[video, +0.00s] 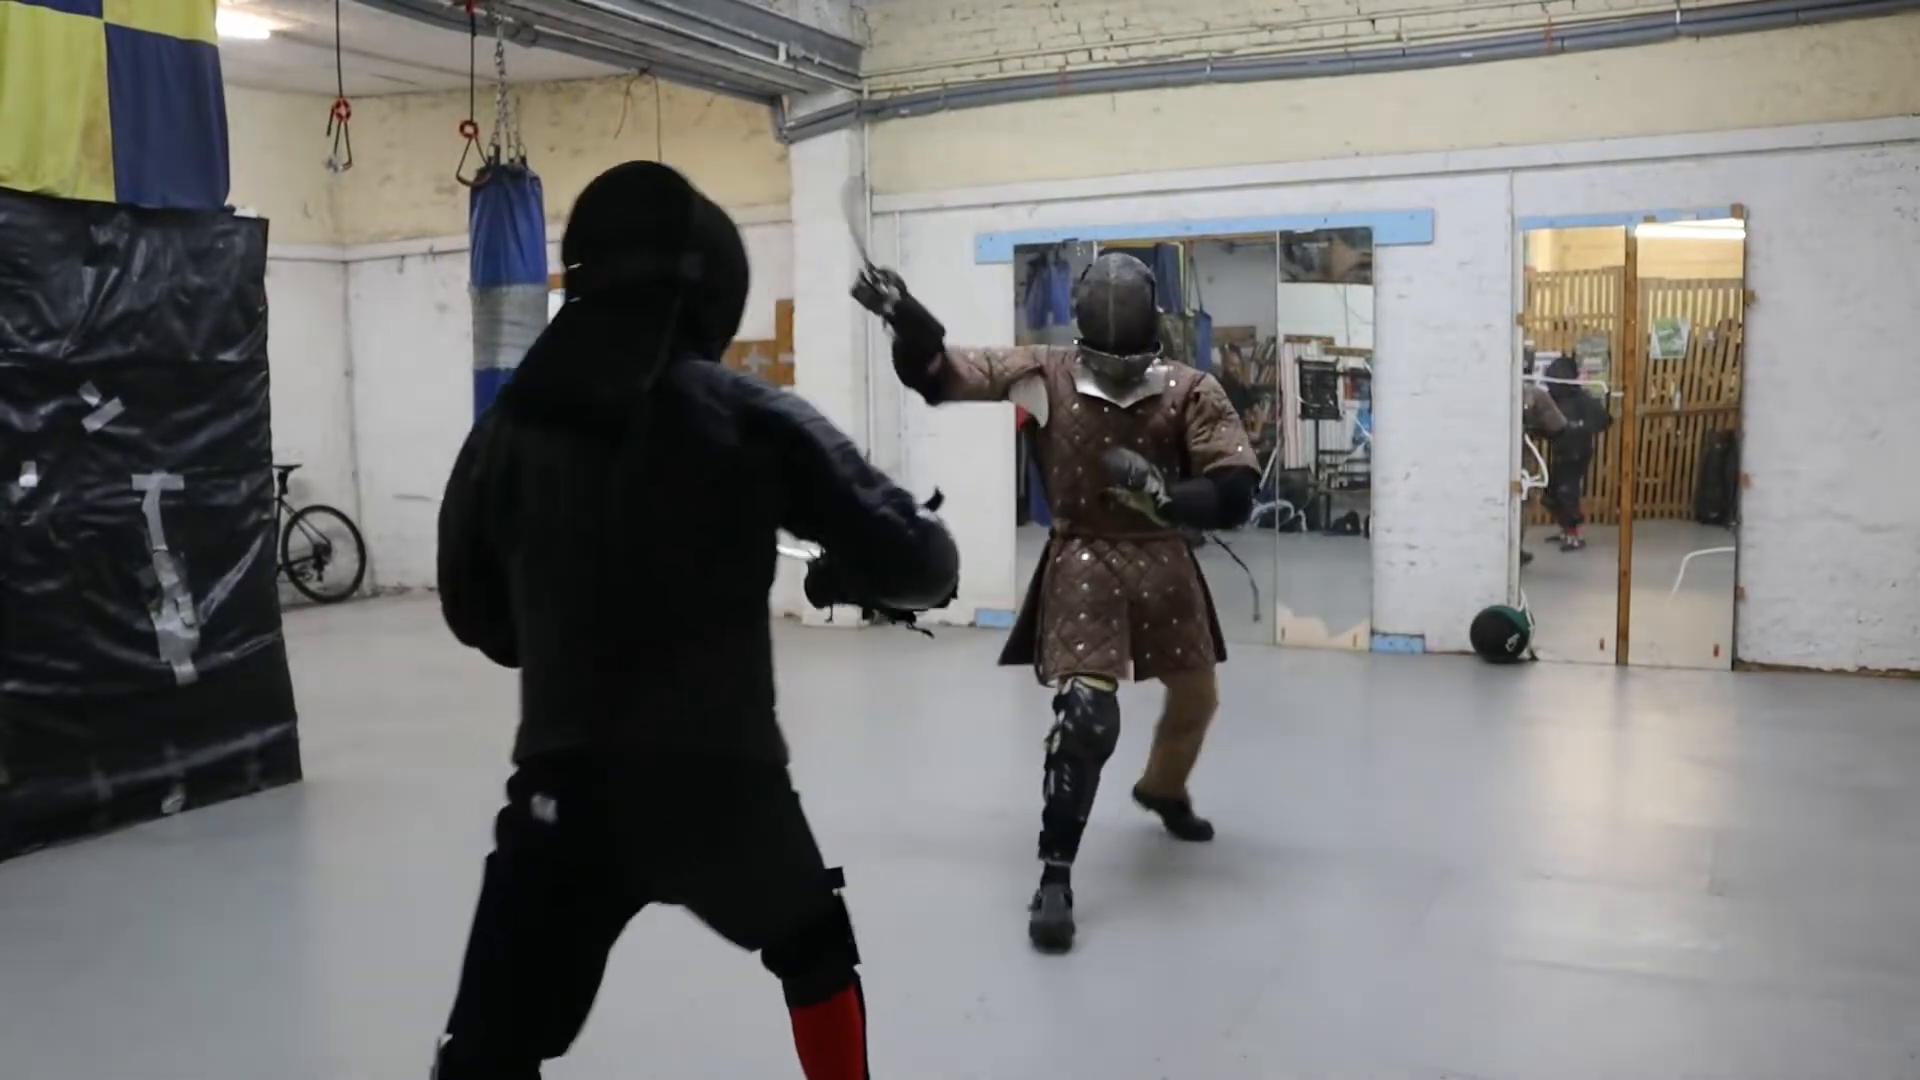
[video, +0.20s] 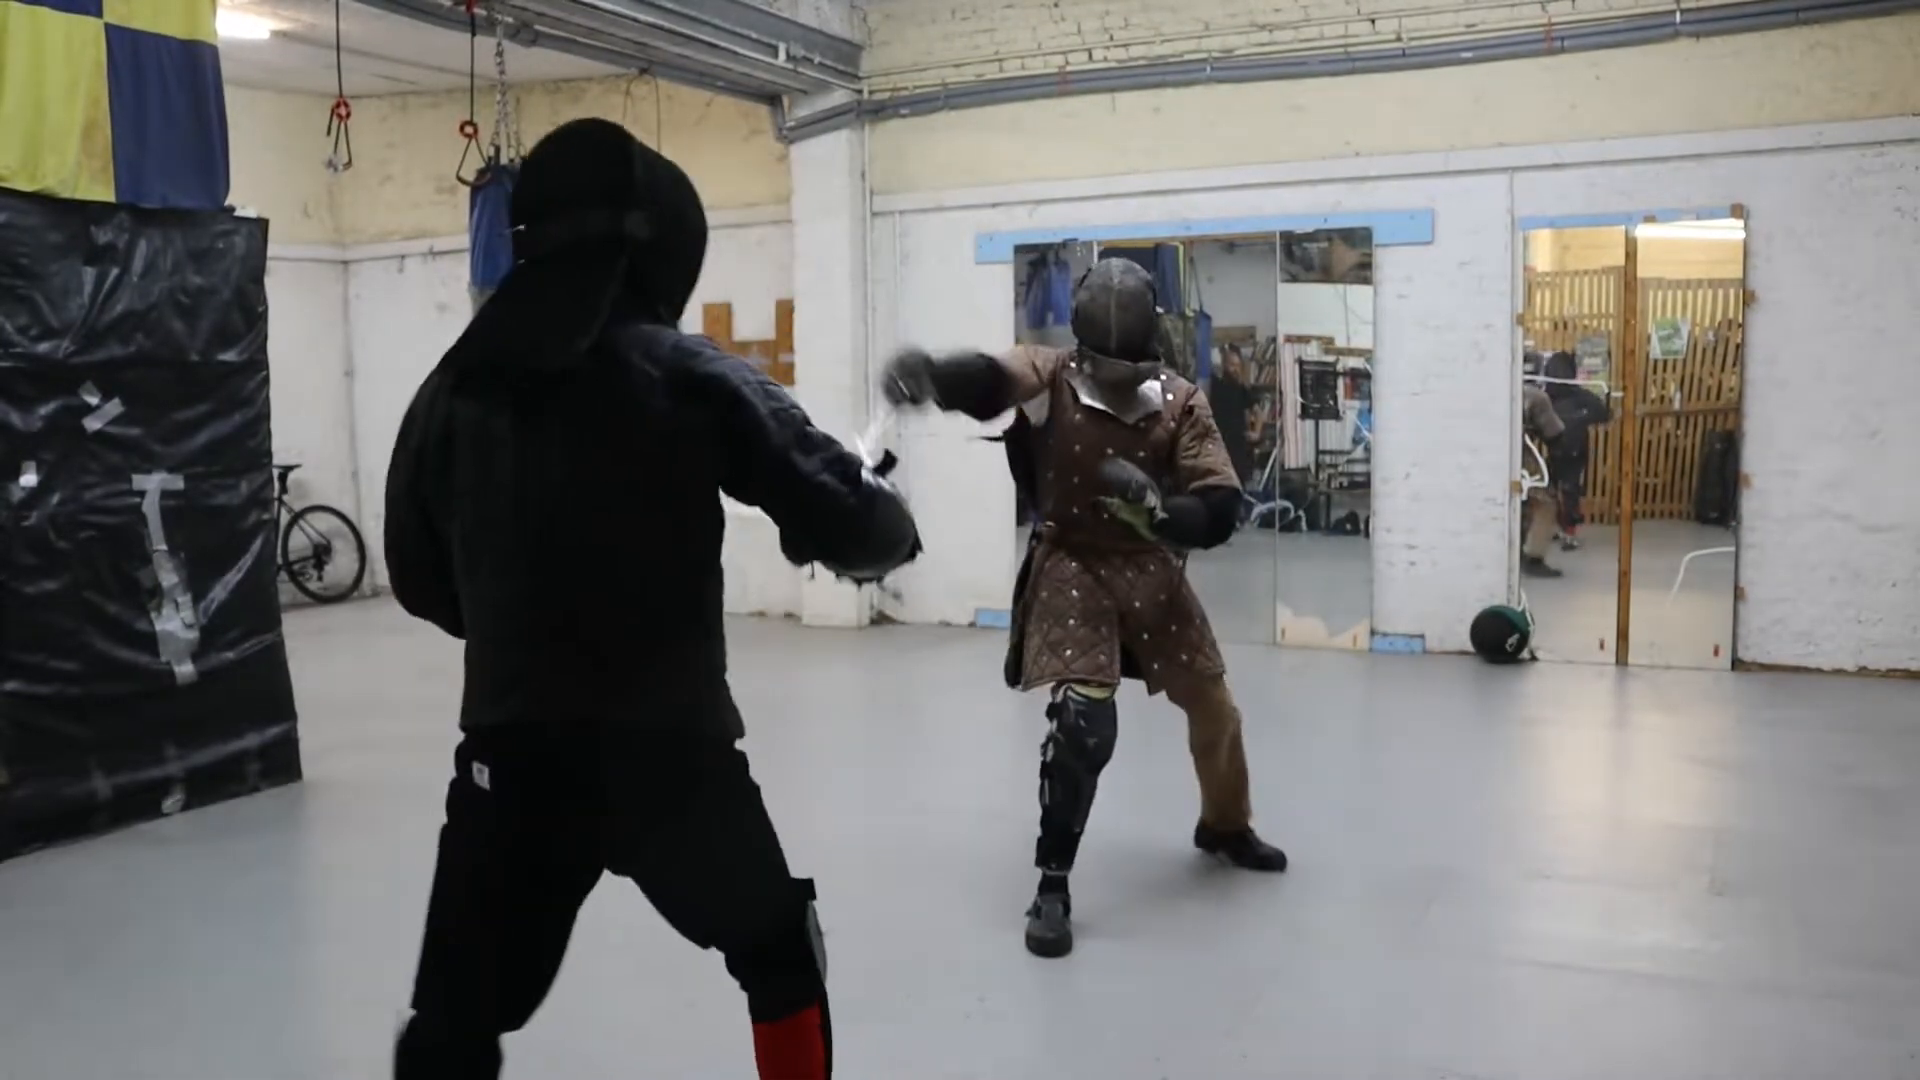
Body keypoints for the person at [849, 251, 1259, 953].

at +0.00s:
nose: (1115, 366)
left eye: (1129, 353)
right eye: (1103, 351)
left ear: (1153, 333)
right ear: (1082, 332)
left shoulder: (1190, 391)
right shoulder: (1044, 373)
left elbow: (1237, 490)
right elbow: (939, 374)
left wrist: (1166, 493)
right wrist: (907, 318)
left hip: (1164, 557)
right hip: (1082, 557)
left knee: (1196, 695)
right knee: (1087, 719)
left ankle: (1164, 787)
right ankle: (1056, 877)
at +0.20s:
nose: (1113, 375)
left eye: (1127, 362)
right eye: (1100, 360)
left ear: (1150, 343)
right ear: (1080, 340)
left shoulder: (1181, 402)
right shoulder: (1051, 372)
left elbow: (1222, 505)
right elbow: (994, 380)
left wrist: (1160, 508)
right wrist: (935, 379)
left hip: (1151, 569)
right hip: (1071, 568)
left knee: (1216, 711)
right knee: (1084, 728)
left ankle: (1226, 828)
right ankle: (1052, 885)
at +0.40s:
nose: (1121, 370)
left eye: (1135, 355)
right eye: (1106, 355)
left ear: (1156, 336)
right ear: (1084, 336)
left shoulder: (1189, 392)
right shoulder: (1052, 378)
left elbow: (1236, 495)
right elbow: (985, 434)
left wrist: (1183, 514)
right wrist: (1057, 470)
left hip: (1164, 568)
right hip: (1082, 563)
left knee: (1218, 710)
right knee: (1083, 725)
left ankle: (1211, 842)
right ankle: (1052, 886)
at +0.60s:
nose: (1082, 348)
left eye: (1094, 333)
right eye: (1068, 335)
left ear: (1121, 321)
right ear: (1051, 329)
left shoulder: (1180, 382)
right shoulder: (1040, 390)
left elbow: (1237, 482)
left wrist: (1168, 518)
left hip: (1177, 565)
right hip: (1088, 568)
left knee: (1214, 719)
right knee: (1080, 732)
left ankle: (1219, 837)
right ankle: (1059, 890)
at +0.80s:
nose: (1080, 367)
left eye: (1090, 349)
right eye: (1063, 356)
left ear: (1111, 325)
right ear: (1039, 341)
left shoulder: (1168, 374)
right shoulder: (1027, 400)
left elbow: (1237, 474)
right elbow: (968, 462)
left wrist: (1171, 510)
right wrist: (988, 391)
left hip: (1178, 568)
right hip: (1086, 576)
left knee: (1238, 713)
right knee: (1089, 736)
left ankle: (1234, 816)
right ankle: (1053, 892)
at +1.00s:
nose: (1108, 370)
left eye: (1122, 353)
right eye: (1092, 356)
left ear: (1146, 325)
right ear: (1071, 336)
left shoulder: (1198, 383)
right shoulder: (1047, 395)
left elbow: (1261, 485)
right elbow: (1008, 504)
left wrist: (1183, 523)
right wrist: (974, 591)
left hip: (1187, 576)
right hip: (1096, 578)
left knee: (1229, 726)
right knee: (1090, 733)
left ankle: (1221, 856)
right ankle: (1050, 891)